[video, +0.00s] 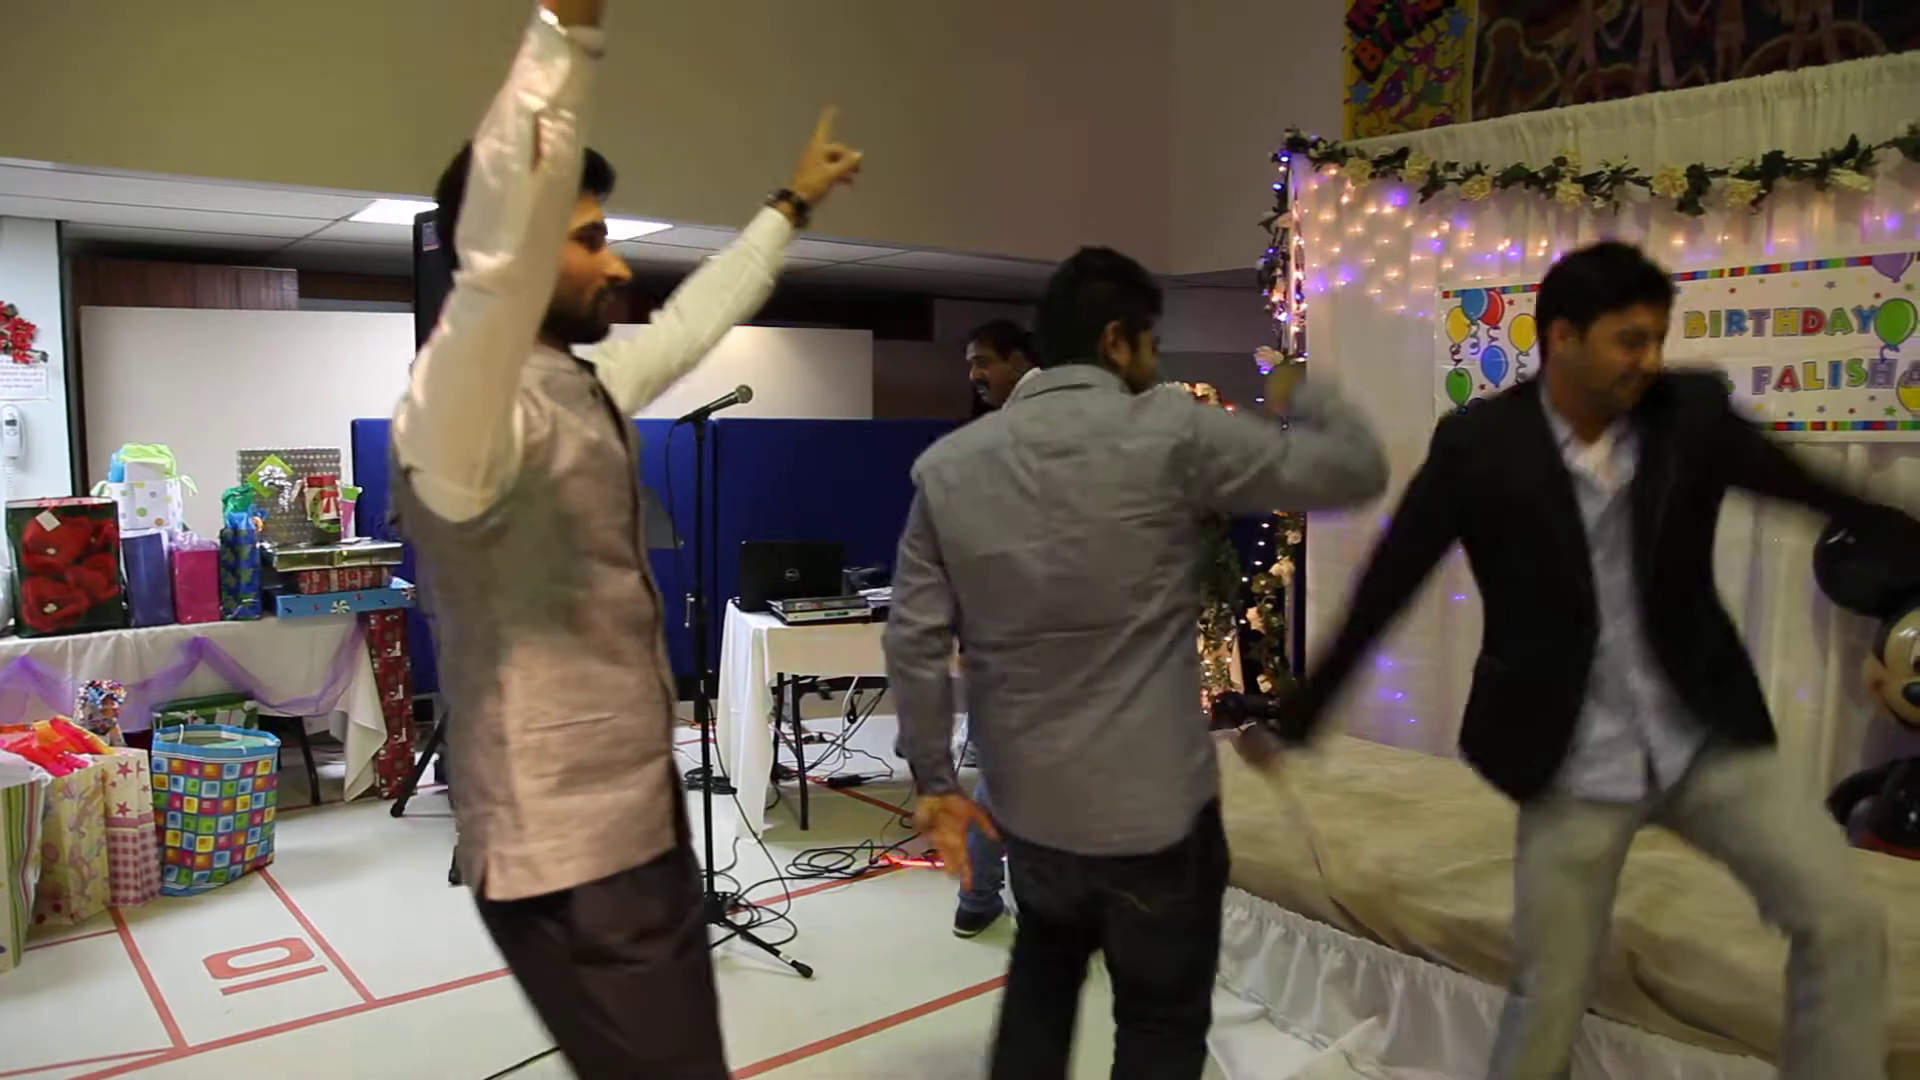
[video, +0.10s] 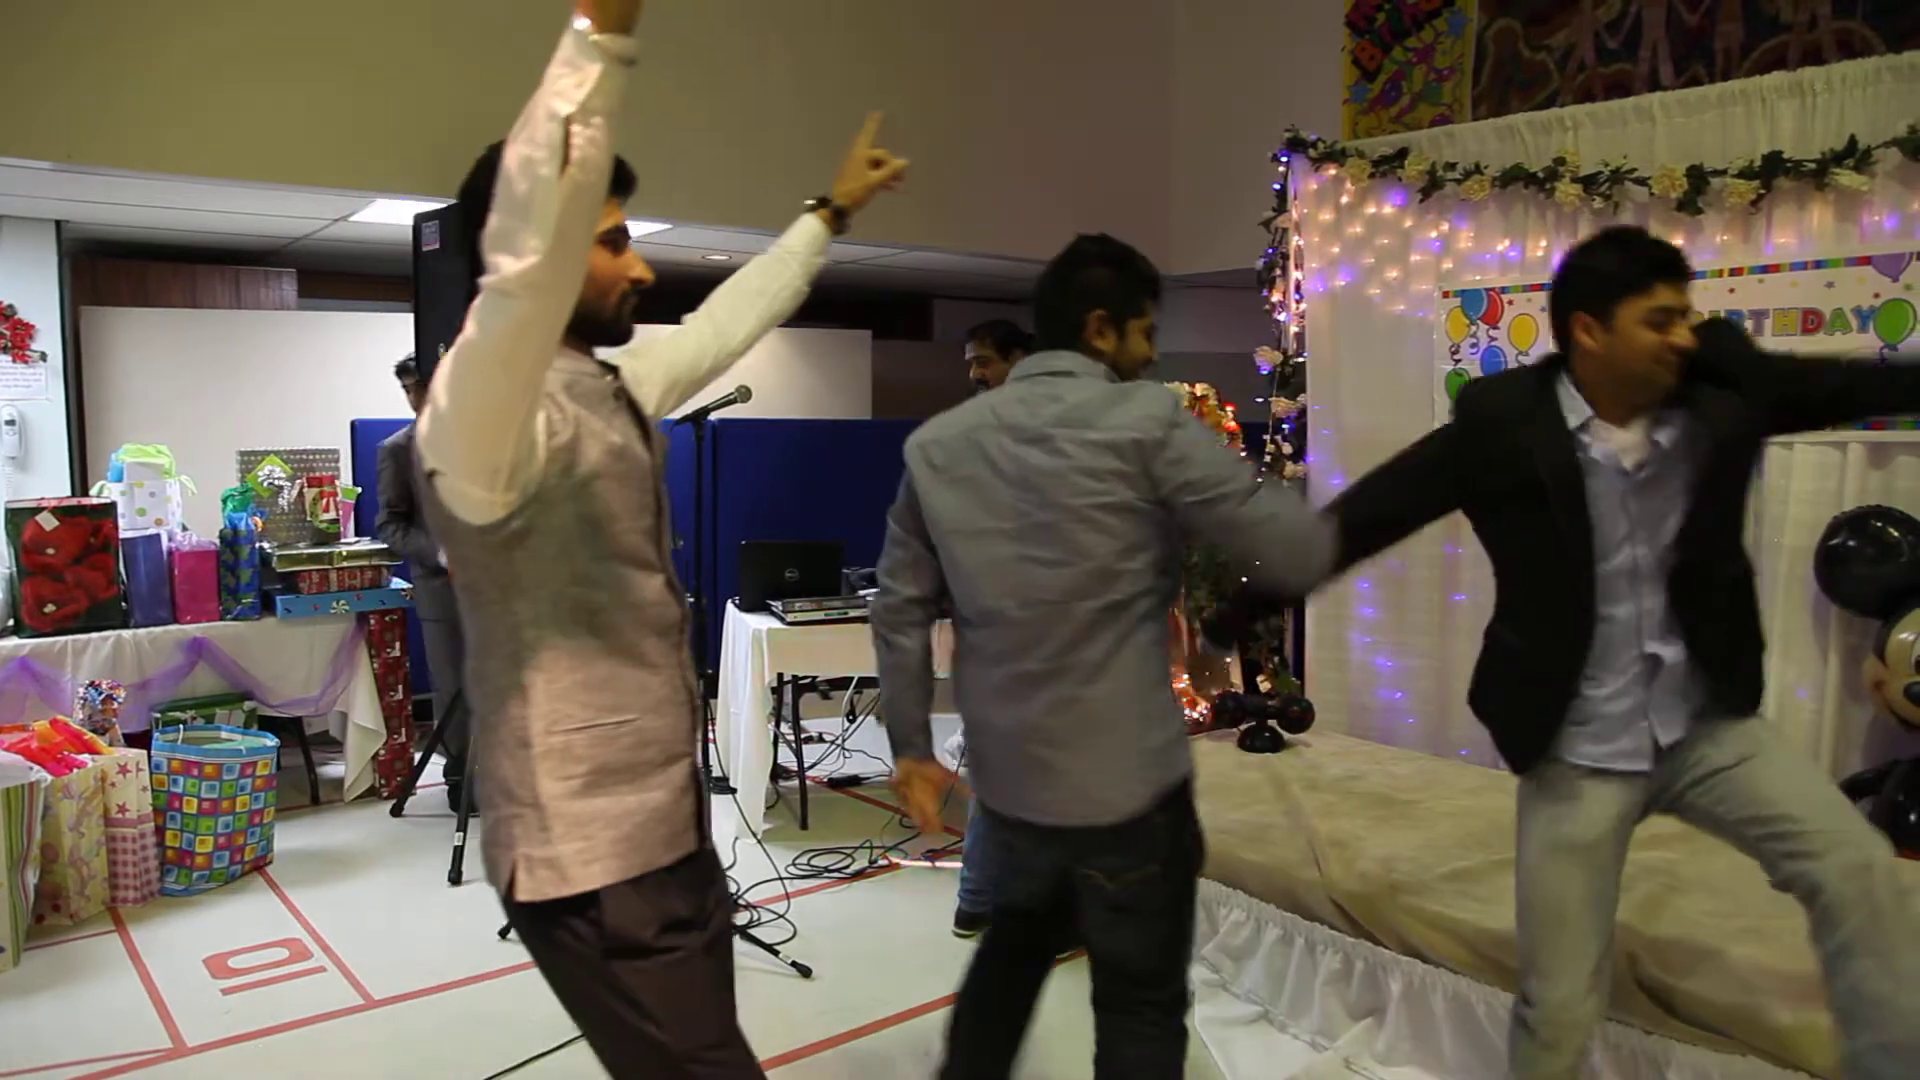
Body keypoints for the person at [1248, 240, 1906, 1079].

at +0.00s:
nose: (1650, 362)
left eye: (1658, 341)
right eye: (1630, 341)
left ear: (1666, 338)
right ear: (1560, 339)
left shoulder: (1690, 415)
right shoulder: (1480, 442)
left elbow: (1804, 484)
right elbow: (1387, 584)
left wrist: (1893, 524)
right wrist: (1300, 710)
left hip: (1704, 737)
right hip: (1572, 761)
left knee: (1843, 918)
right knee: (1549, 1000)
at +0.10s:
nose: (1685, 339)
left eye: (1687, 318)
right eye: (1661, 322)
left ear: (1693, 317)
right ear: (1585, 332)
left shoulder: (1728, 390)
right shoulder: (1501, 431)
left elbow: (1882, 390)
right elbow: (1351, 524)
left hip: (1708, 727)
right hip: (1574, 752)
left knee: (1856, 871)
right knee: (1559, 1017)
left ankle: (1888, 1066)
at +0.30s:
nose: (1751, 344)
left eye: (1754, 324)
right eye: (1730, 326)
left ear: (1759, 326)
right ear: (1649, 330)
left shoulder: (1787, 396)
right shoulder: (1537, 429)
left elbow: (1912, 368)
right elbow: (1390, 535)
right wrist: (1265, 663)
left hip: (1757, 747)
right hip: (1606, 766)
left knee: (1896, 948)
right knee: (1588, 1024)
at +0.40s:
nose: (1766, 320)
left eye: (1768, 296)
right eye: (1743, 298)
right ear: (1661, 302)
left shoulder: (1804, 372)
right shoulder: (1547, 412)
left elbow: (1916, 403)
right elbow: (1428, 570)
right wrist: (1340, 740)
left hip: (1792, 743)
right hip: (1633, 761)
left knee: (1890, 1006)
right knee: (1613, 1040)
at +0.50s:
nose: (1773, 348)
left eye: (1776, 322)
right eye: (1746, 327)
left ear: (1784, 319)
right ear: (1663, 338)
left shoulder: (1830, 417)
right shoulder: (1565, 459)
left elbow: (1906, 559)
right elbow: (1510, 645)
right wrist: (1501, 828)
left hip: (1806, 790)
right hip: (1647, 800)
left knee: (1856, 1057)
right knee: (1644, 1058)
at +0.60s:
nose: (1789, 400)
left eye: (1793, 375)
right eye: (1759, 380)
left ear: (1799, 372)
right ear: (1674, 393)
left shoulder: (1848, 488)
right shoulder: (1583, 518)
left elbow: (1890, 674)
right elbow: (1613, 723)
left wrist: (1877, 817)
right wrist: (1769, 835)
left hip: (1836, 852)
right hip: (1673, 860)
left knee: (1908, 1054)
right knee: (1670, 1068)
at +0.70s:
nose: (1831, 382)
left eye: (1835, 357)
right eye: (1803, 362)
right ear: (1713, 366)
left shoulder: (1881, 461)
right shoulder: (1608, 484)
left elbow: (1876, 679)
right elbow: (1673, 690)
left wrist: (1674, 725)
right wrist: (1873, 685)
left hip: (1854, 819)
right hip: (1694, 838)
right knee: (1693, 1067)